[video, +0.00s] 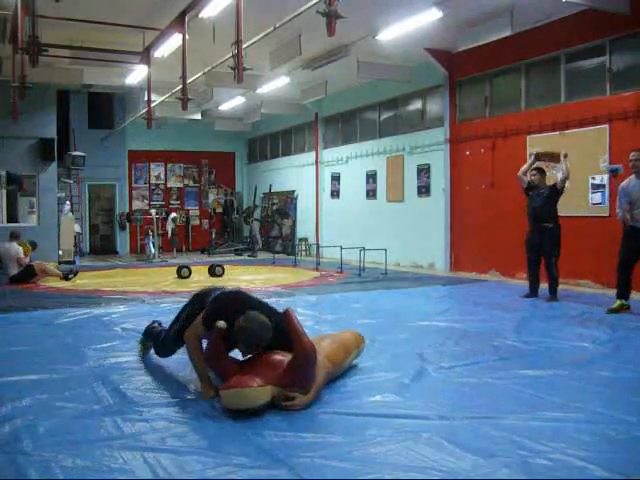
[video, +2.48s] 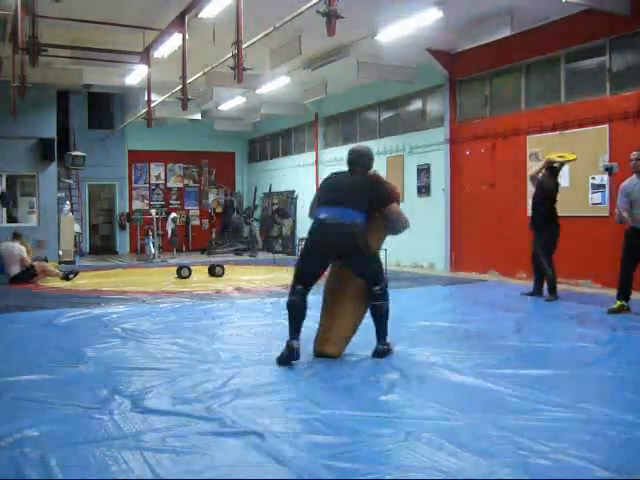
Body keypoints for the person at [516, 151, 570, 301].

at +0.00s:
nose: (532, 177)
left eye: (535, 174)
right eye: (531, 175)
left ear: (543, 177)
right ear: (530, 178)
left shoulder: (553, 190)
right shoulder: (530, 191)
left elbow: (565, 177)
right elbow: (520, 174)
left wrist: (564, 161)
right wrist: (530, 162)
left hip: (550, 228)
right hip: (534, 228)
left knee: (550, 261)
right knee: (532, 261)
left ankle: (553, 292)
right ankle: (533, 290)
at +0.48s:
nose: (537, 176)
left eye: (540, 174)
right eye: (538, 173)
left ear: (545, 176)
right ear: (541, 177)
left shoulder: (549, 189)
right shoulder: (537, 192)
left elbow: (549, 166)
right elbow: (520, 198)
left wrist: (538, 156)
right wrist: (518, 182)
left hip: (546, 227)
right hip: (536, 227)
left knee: (543, 259)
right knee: (533, 259)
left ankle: (551, 291)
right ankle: (536, 289)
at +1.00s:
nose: (524, 180)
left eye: (527, 178)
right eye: (525, 178)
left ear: (535, 182)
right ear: (533, 182)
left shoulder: (539, 195)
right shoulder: (534, 196)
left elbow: (539, 211)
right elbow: (538, 216)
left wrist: (517, 214)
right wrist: (526, 223)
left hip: (550, 232)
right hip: (541, 232)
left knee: (544, 259)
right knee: (535, 260)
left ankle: (551, 292)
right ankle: (536, 290)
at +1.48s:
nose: (514, 183)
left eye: (517, 180)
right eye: (514, 180)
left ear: (526, 182)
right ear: (523, 183)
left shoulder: (536, 193)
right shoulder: (526, 199)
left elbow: (541, 204)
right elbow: (533, 219)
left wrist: (520, 214)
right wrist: (522, 227)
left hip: (549, 230)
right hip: (537, 231)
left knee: (548, 260)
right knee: (535, 260)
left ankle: (553, 292)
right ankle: (536, 290)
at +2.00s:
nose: (536, 176)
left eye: (538, 174)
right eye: (537, 174)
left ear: (539, 176)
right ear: (549, 179)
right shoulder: (549, 195)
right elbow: (521, 189)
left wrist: (530, 182)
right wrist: (523, 181)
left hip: (537, 230)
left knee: (538, 260)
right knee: (532, 260)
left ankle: (550, 291)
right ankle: (535, 289)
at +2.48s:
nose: (542, 174)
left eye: (543, 172)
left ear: (545, 172)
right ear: (555, 173)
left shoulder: (545, 185)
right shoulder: (551, 184)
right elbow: (533, 177)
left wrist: (535, 223)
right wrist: (545, 165)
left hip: (546, 224)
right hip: (546, 223)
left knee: (544, 257)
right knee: (537, 256)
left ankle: (552, 291)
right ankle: (537, 288)